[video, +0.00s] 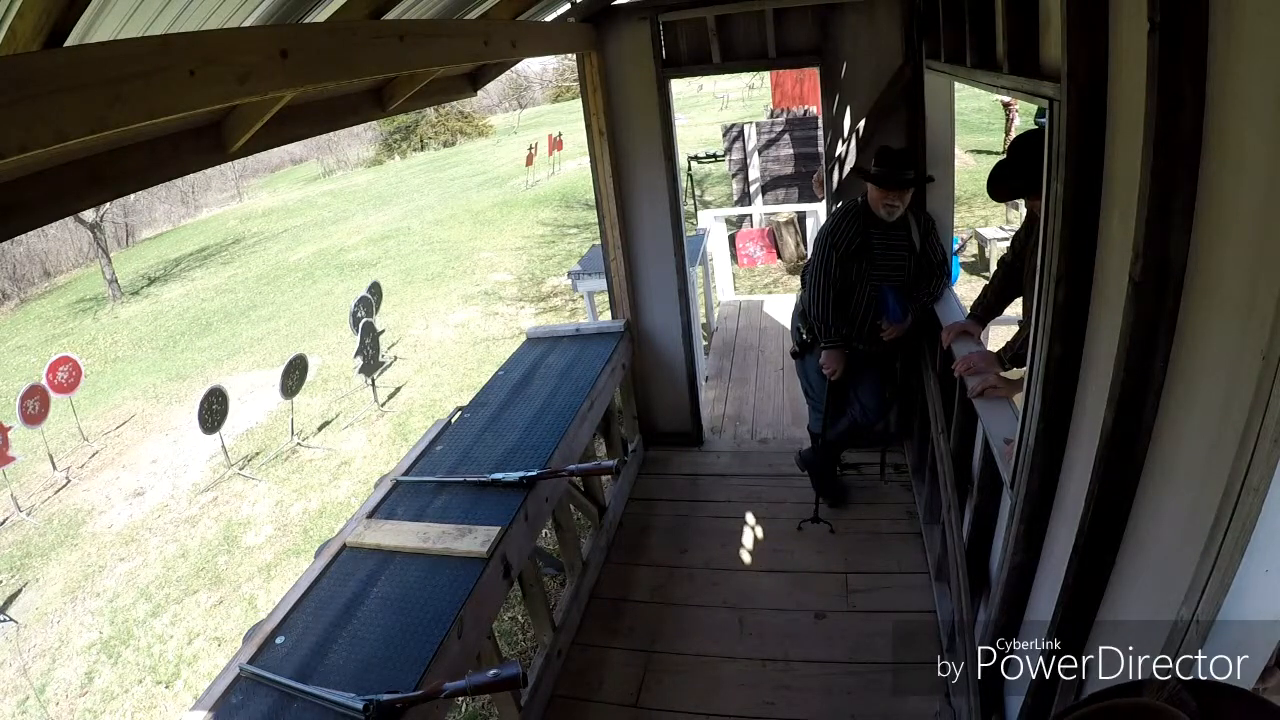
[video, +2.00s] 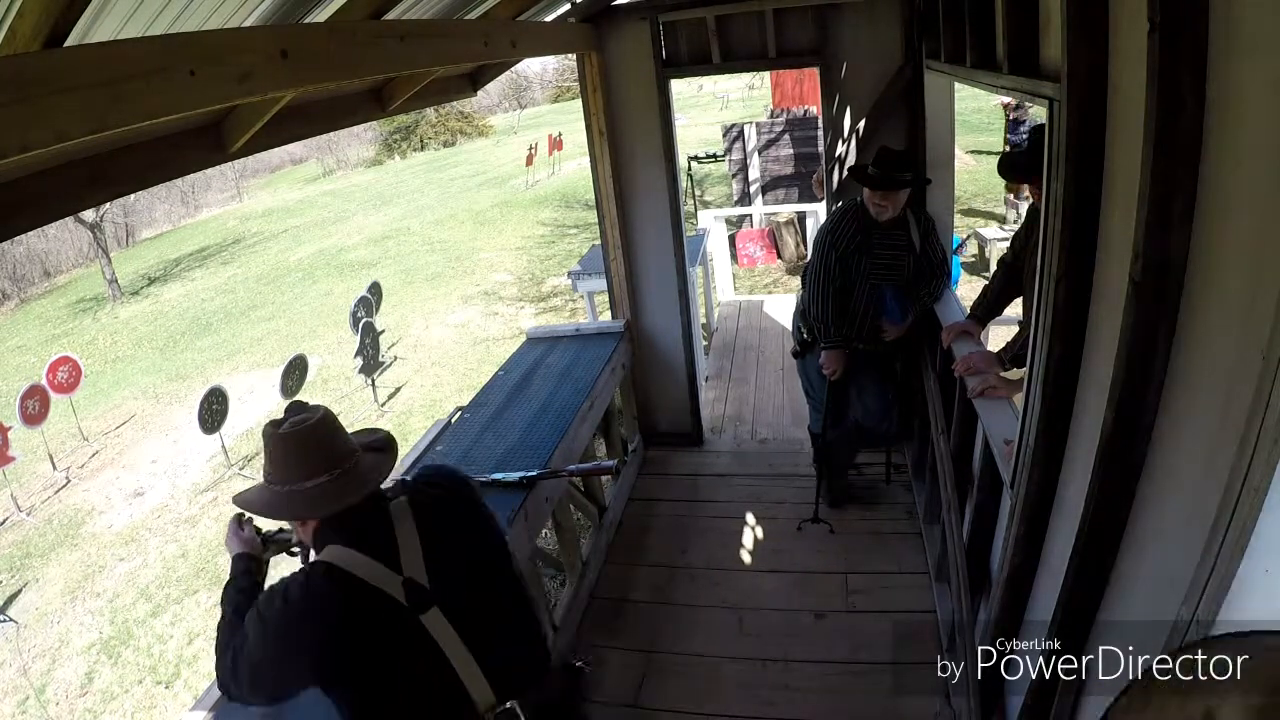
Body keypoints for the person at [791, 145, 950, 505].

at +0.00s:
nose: (894, 196)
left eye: (903, 188)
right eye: (884, 186)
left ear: (914, 189)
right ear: (868, 184)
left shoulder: (922, 226)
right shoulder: (844, 224)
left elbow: (938, 275)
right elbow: (820, 282)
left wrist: (909, 317)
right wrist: (830, 343)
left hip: (875, 336)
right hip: (824, 335)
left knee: (871, 409)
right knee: (827, 411)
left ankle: (817, 456)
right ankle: (827, 478)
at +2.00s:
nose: (880, 198)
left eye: (891, 190)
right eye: (873, 188)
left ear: (908, 192)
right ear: (863, 186)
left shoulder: (919, 225)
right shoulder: (842, 225)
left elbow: (937, 275)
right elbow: (820, 285)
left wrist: (907, 317)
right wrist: (830, 344)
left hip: (876, 337)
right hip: (825, 338)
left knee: (874, 410)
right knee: (830, 413)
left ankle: (843, 467)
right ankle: (832, 484)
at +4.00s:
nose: (872, 203)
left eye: (879, 196)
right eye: (864, 196)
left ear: (890, 189)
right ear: (849, 186)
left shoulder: (909, 212)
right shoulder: (826, 213)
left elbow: (951, 244)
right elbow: (798, 263)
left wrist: (937, 297)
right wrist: (787, 317)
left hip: (888, 333)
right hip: (836, 333)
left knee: (874, 404)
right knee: (829, 405)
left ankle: (865, 462)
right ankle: (823, 474)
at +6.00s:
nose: (838, 176)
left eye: (846, 168)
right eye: (834, 169)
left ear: (869, 167)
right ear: (832, 171)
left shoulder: (902, 205)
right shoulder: (822, 215)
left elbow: (946, 241)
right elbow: (799, 268)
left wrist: (937, 296)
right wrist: (790, 321)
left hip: (888, 331)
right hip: (836, 331)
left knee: (873, 404)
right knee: (830, 405)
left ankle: (864, 459)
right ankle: (822, 473)